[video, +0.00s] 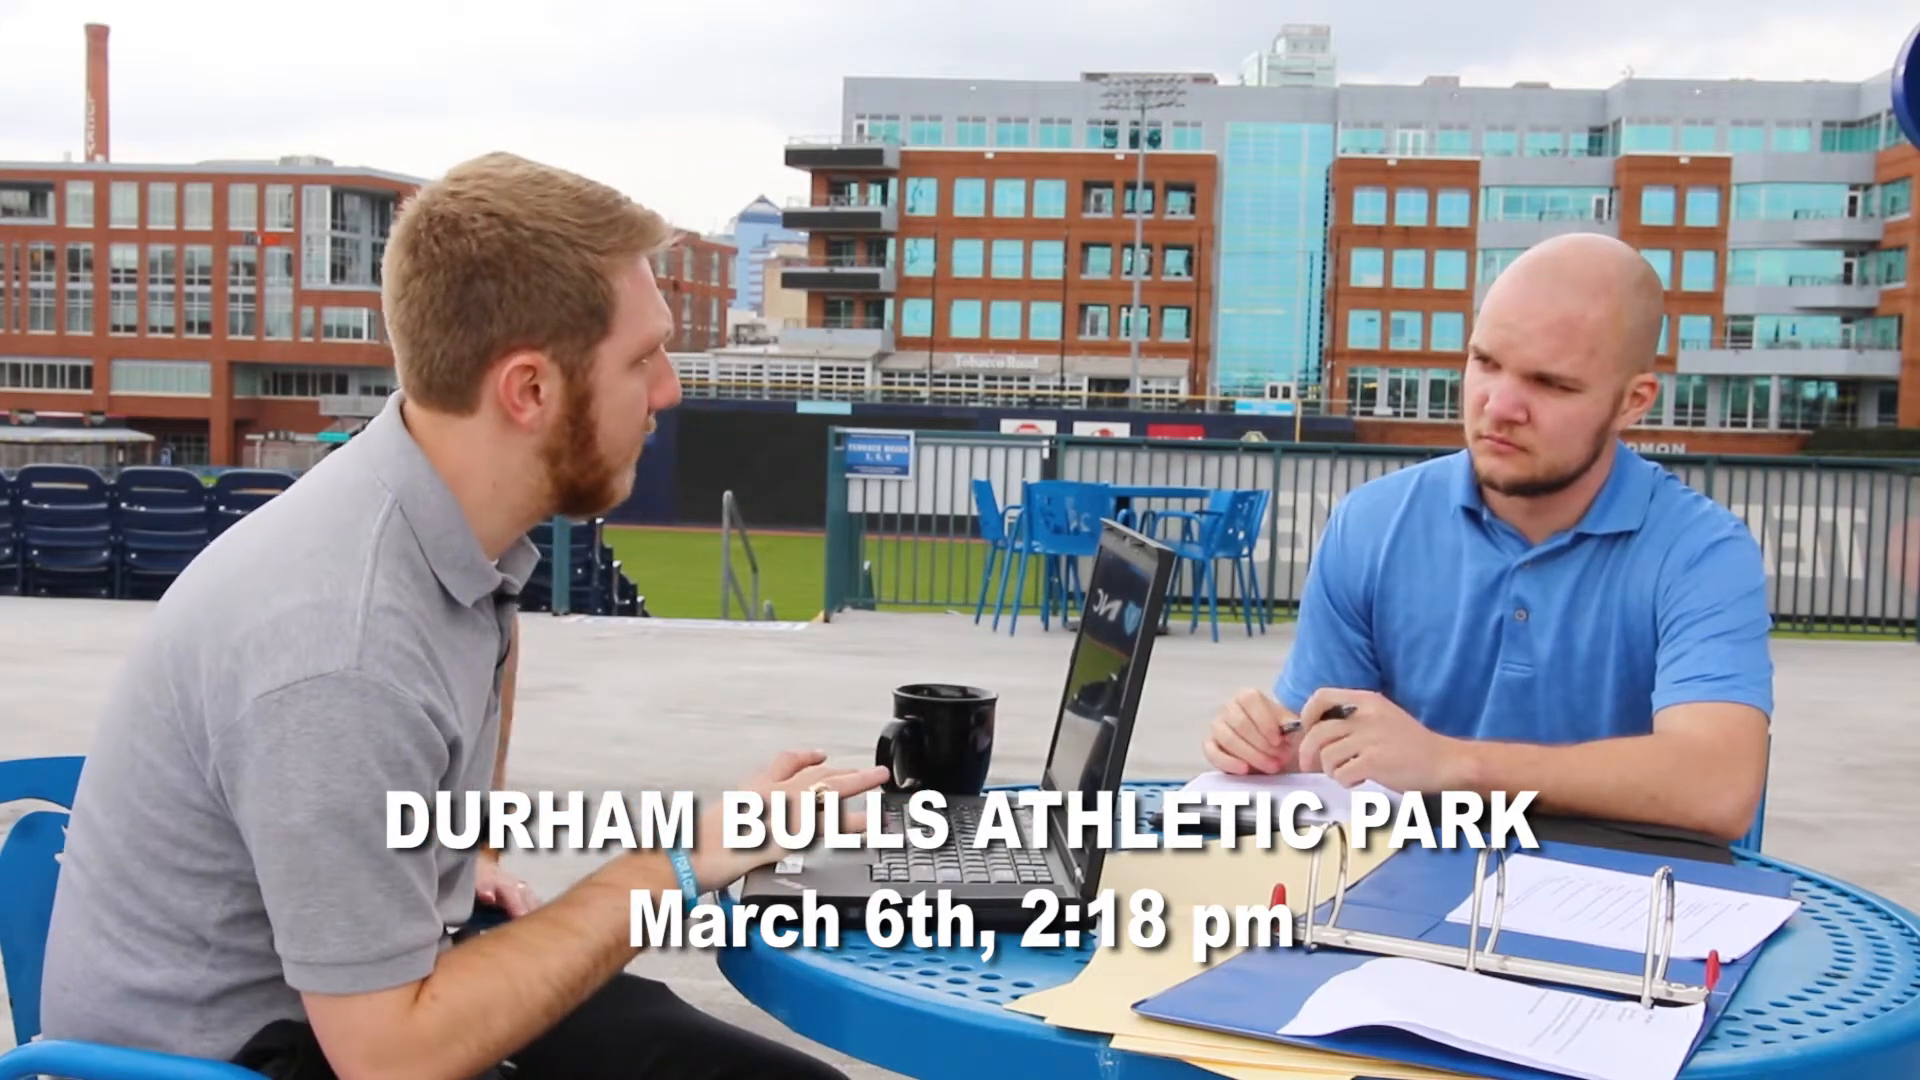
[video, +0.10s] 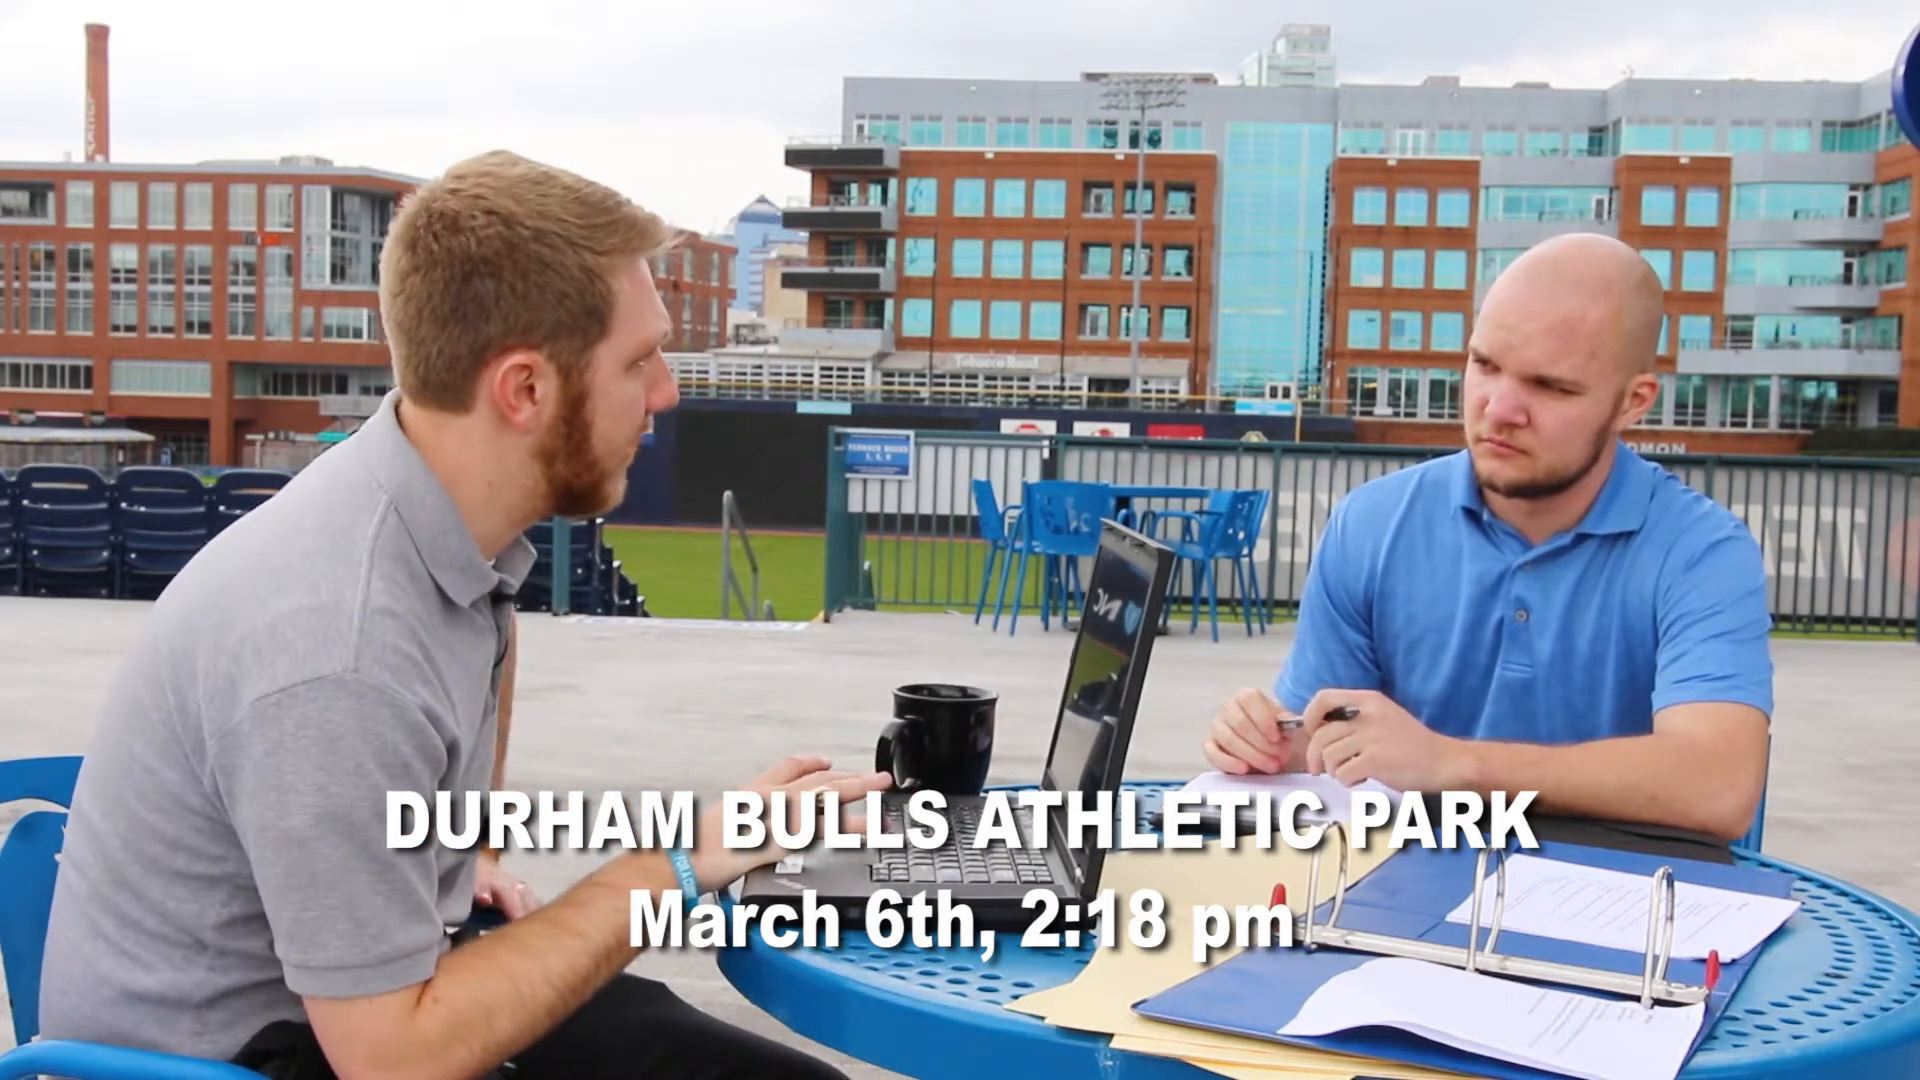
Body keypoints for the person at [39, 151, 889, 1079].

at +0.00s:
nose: (671, 393)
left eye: (664, 356)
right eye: (647, 361)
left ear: (519, 395)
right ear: (527, 393)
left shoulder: (436, 515)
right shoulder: (335, 657)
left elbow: (494, 651)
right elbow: (396, 1050)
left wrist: (465, 840)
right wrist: (687, 854)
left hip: (381, 947)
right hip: (214, 1044)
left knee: (805, 1067)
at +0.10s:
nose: (668, 396)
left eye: (661, 359)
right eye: (643, 364)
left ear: (516, 394)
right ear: (523, 393)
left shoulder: (427, 514)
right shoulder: (332, 657)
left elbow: (492, 654)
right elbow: (398, 1049)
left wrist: (468, 838)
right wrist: (686, 854)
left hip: (376, 954)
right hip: (212, 1044)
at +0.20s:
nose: (669, 398)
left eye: (661, 360)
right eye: (643, 365)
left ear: (515, 395)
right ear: (523, 393)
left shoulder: (424, 523)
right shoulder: (332, 654)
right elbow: (399, 1054)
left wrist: (450, 852)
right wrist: (684, 856)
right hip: (214, 1045)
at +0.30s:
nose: (674, 395)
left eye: (666, 359)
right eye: (648, 365)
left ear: (520, 397)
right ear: (529, 395)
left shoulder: (428, 526)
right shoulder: (334, 650)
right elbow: (399, 1050)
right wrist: (664, 866)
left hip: (346, 972)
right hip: (213, 1046)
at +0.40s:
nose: (675, 392)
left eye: (667, 356)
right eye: (649, 364)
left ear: (522, 399)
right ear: (531, 397)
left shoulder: (432, 519)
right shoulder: (342, 651)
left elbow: (430, 743)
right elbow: (400, 1047)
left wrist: (539, 811)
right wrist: (661, 850)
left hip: (349, 969)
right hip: (215, 1043)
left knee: (639, 1009)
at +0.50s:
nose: (676, 391)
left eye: (668, 353)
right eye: (651, 360)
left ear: (534, 392)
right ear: (533, 392)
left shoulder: (432, 512)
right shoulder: (338, 641)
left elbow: (401, 719)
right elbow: (400, 1044)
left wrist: (534, 756)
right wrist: (644, 831)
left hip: (365, 968)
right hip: (223, 1044)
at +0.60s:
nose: (674, 387)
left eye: (664, 348)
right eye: (648, 353)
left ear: (533, 382)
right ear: (532, 383)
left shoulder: (425, 508)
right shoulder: (337, 634)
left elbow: (359, 733)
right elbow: (419, 1043)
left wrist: (524, 722)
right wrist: (633, 828)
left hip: (364, 967)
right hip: (227, 1039)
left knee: (807, 1074)